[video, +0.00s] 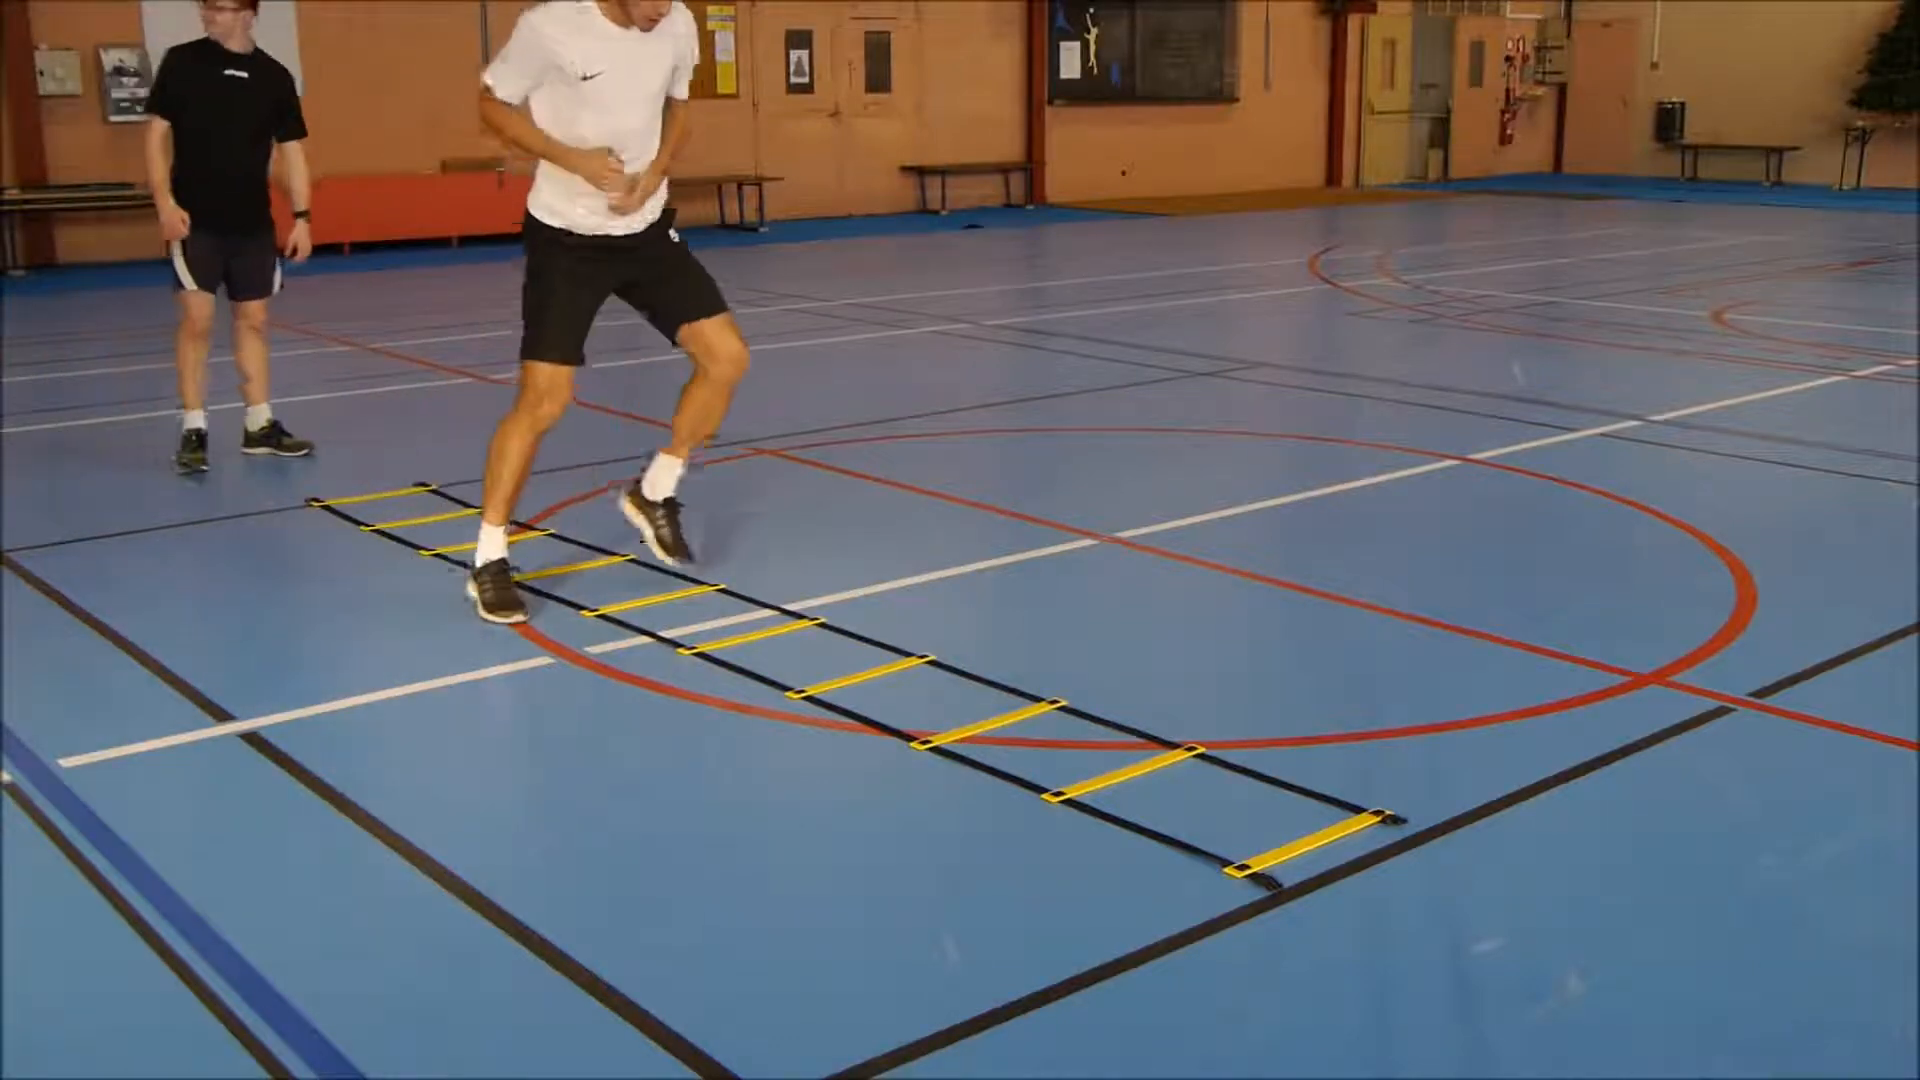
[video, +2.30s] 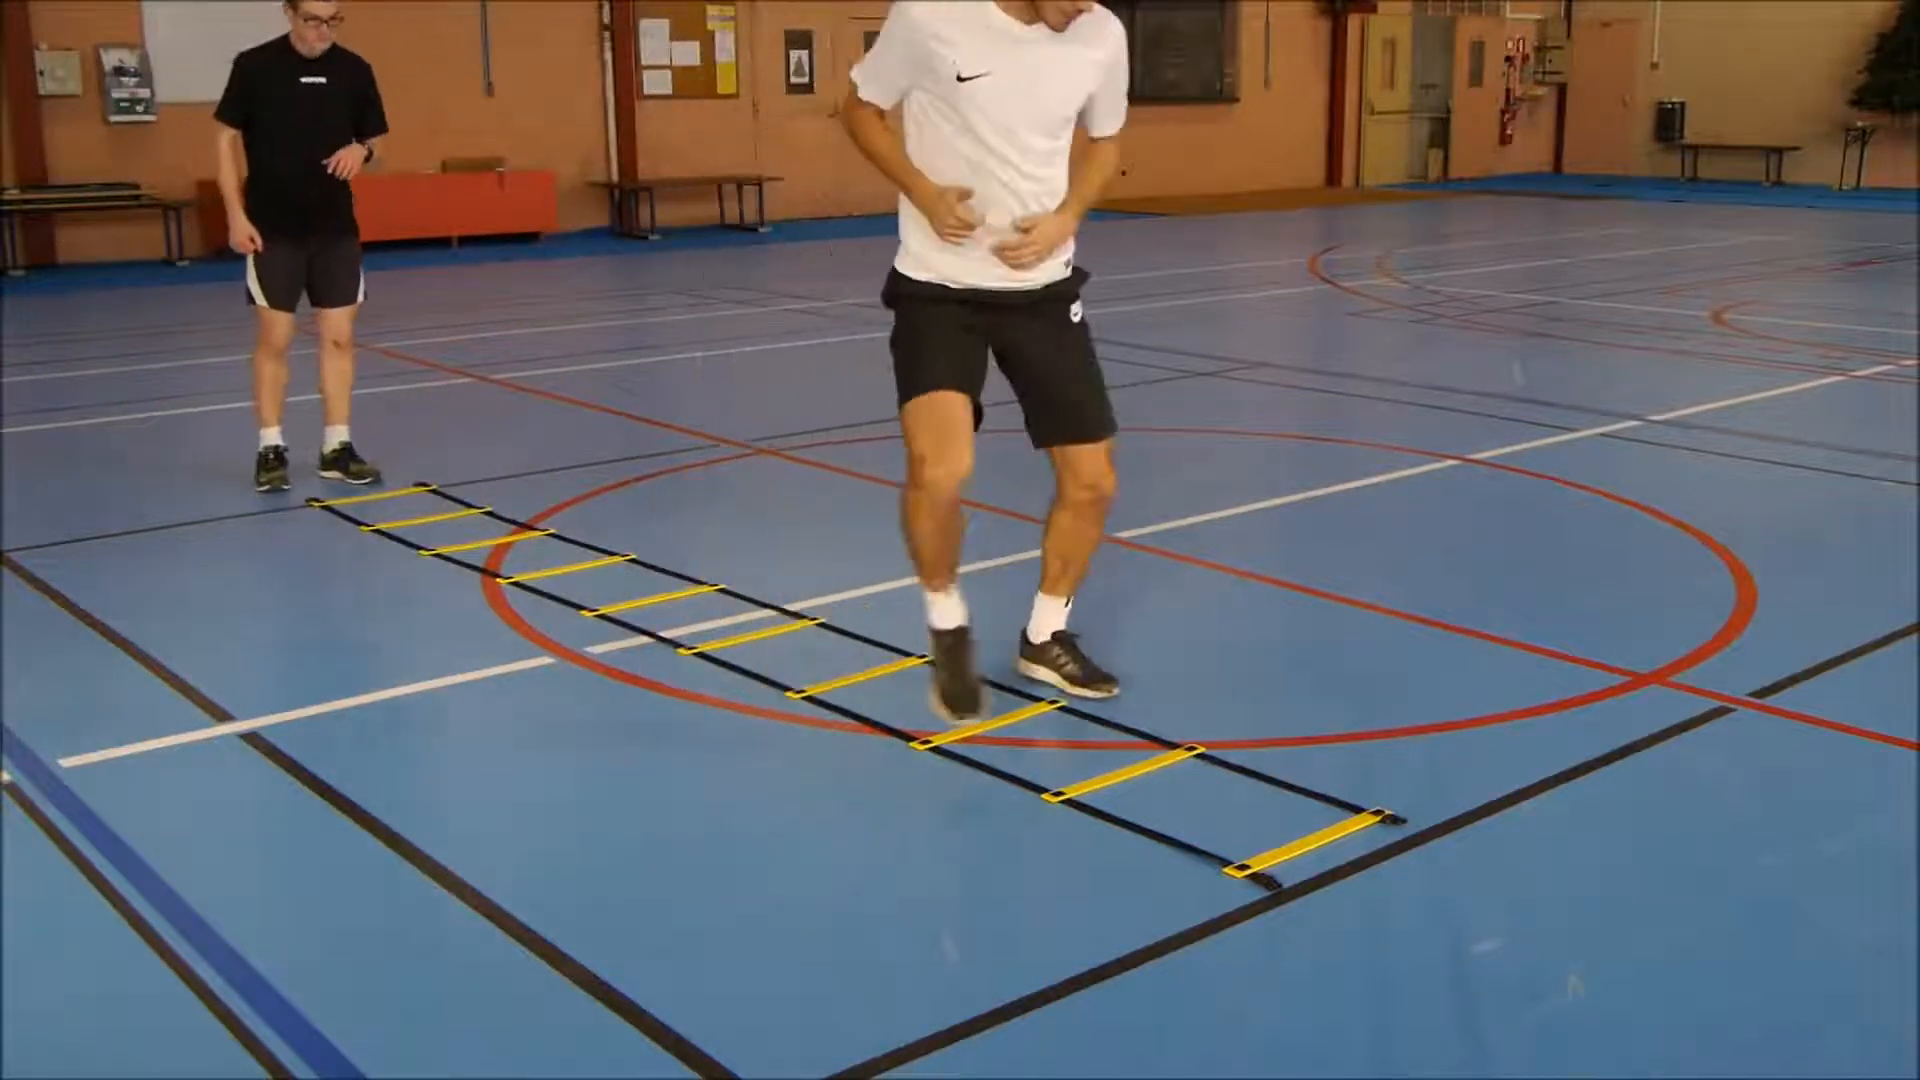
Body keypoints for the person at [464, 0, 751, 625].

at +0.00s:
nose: (658, 16)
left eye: (663, 9)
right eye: (650, 9)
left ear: (666, 1)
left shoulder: (677, 25)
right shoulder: (548, 26)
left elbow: (676, 106)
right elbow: (492, 107)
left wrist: (656, 170)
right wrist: (574, 158)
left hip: (647, 234)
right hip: (565, 240)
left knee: (726, 359)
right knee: (545, 400)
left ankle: (656, 491)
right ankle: (489, 557)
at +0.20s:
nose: (691, 18)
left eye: (698, 9)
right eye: (684, 9)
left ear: (705, 0)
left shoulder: (724, 33)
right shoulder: (580, 22)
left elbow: (730, 115)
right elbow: (531, 100)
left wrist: (693, 178)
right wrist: (586, 153)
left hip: (689, 233)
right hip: (599, 232)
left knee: (743, 392)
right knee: (580, 389)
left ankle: (737, 534)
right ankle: (573, 526)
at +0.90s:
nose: (804, 16)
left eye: (810, 8)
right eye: (794, 8)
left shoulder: (836, 37)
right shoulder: (681, 23)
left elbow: (840, 130)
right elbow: (637, 105)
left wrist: (797, 197)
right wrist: (689, 175)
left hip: (792, 250)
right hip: (696, 247)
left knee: (846, 404)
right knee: (675, 408)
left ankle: (835, 563)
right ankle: (676, 550)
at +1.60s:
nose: (937, 17)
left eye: (945, 8)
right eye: (928, 6)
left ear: (948, 5)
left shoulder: (953, 33)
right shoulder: (795, 23)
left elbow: (948, 125)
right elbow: (738, 112)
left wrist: (918, 201)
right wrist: (793, 194)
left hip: (904, 264)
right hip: (805, 263)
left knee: (955, 429)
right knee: (797, 431)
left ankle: (931, 588)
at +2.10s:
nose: (1035, 18)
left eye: (1040, 9)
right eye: (1027, 5)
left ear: (1034, 5)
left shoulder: (1024, 38)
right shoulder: (881, 30)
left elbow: (986, 132)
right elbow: (802, 149)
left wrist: (996, 213)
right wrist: (908, 231)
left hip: (967, 289)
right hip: (875, 295)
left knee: (1089, 424)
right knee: (851, 497)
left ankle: (992, 588)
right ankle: (778, 679)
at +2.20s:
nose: (1055, 5)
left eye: (1060, 0)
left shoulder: (1055, 28)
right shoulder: (901, 19)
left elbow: (1031, 123)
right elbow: (824, 123)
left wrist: (1024, 200)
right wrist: (919, 208)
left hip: (997, 278)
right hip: (898, 281)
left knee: (1098, 438)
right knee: (889, 475)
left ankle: (1039, 615)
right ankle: (811, 662)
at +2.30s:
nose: (1082, 5)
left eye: (1088, 0)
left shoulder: (1101, 36)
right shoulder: (927, 19)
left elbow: (1103, 144)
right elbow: (860, 108)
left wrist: (1068, 215)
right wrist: (922, 190)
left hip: (1042, 289)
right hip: (937, 284)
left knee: (1091, 482)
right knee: (938, 472)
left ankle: (1044, 636)